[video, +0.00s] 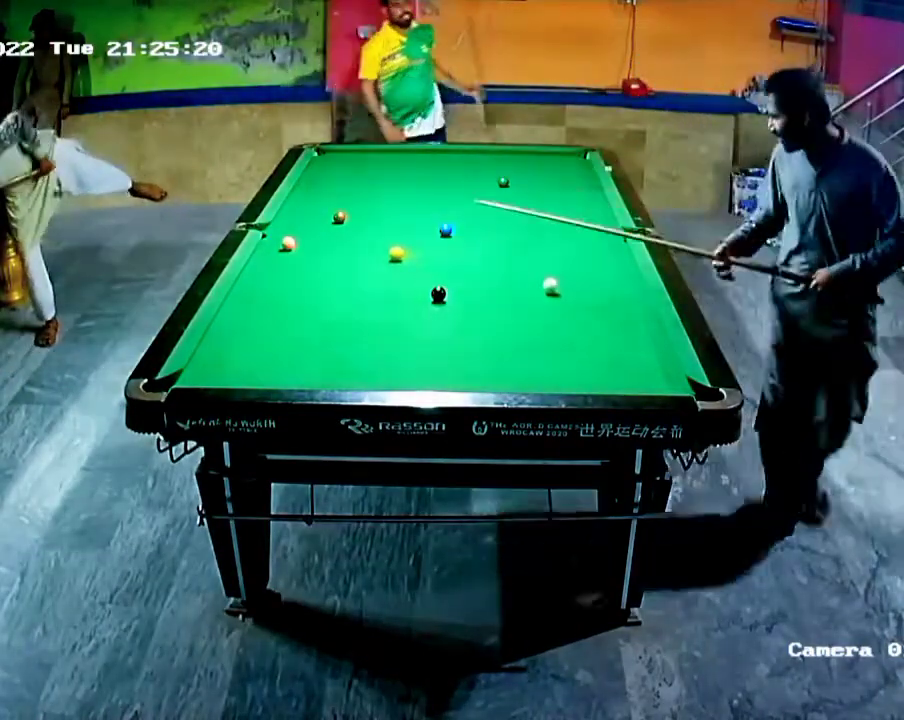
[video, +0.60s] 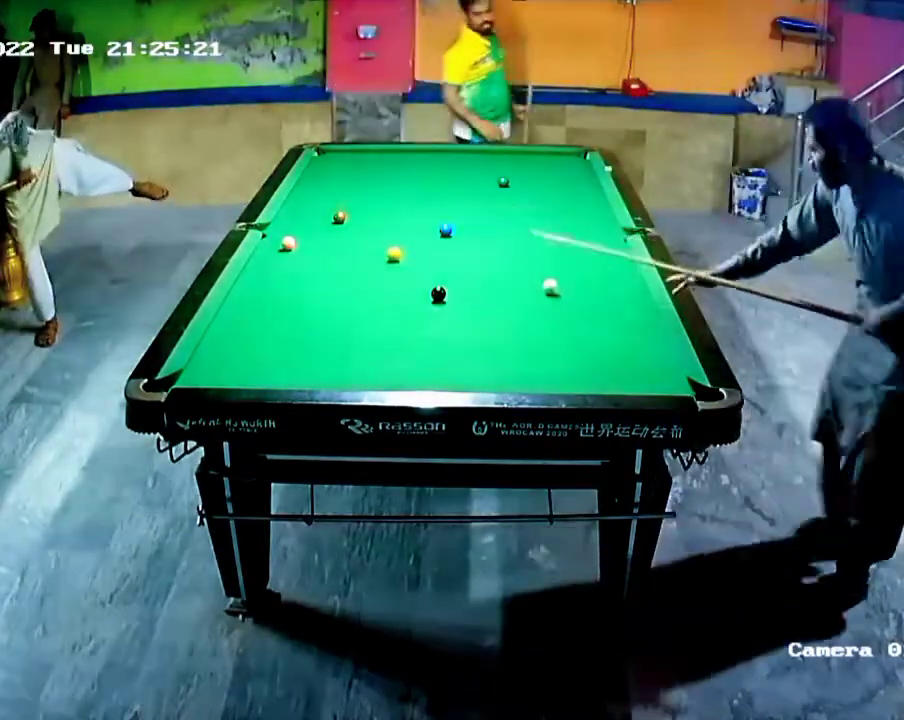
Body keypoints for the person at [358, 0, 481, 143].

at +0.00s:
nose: (405, 10)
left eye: (409, 4)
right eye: (397, 6)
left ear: (414, 5)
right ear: (386, 10)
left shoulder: (422, 32)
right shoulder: (374, 46)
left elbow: (430, 65)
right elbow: (367, 88)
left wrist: (461, 87)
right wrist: (386, 126)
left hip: (434, 123)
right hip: (404, 130)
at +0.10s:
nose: (422, 10)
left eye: (426, 3)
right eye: (415, 5)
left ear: (432, 5)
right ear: (404, 8)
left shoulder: (439, 32)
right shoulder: (392, 45)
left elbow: (446, 72)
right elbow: (385, 87)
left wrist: (477, 92)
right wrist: (405, 123)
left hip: (446, 124)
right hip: (417, 130)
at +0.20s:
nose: (431, 10)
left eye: (434, 3)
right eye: (423, 5)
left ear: (439, 6)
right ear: (411, 8)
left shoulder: (445, 33)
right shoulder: (399, 44)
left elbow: (452, 75)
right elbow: (393, 87)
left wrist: (480, 95)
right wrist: (416, 123)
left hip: (450, 122)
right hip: (422, 128)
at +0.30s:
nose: (447, 11)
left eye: (450, 4)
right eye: (439, 6)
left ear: (454, 5)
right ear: (424, 9)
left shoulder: (458, 33)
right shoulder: (414, 44)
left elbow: (461, 78)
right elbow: (410, 92)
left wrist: (488, 100)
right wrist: (436, 121)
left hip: (461, 121)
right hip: (432, 127)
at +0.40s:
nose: (460, 13)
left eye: (462, 7)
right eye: (452, 9)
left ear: (466, 7)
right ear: (440, 11)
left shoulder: (469, 36)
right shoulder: (428, 45)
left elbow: (469, 79)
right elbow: (421, 90)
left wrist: (493, 100)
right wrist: (450, 122)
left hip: (471, 121)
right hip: (444, 128)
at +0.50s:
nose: (477, 17)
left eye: (480, 10)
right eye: (469, 12)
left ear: (484, 10)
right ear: (457, 14)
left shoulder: (484, 40)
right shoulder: (447, 50)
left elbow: (482, 82)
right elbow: (440, 96)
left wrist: (504, 102)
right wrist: (470, 125)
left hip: (489, 126)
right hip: (461, 132)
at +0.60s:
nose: (486, 18)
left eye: (488, 12)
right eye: (477, 14)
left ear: (493, 11)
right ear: (466, 15)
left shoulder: (493, 41)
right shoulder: (458, 52)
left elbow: (492, 84)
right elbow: (450, 96)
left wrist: (511, 108)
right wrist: (481, 125)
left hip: (500, 128)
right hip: (473, 135)